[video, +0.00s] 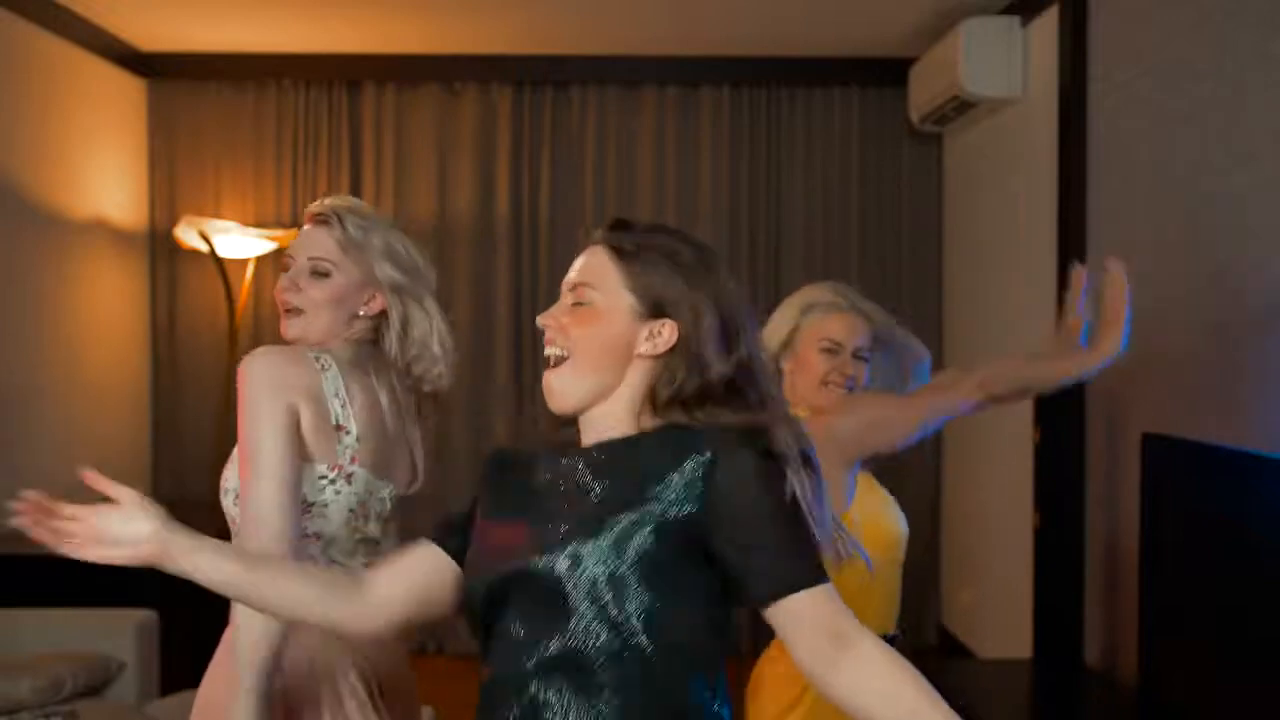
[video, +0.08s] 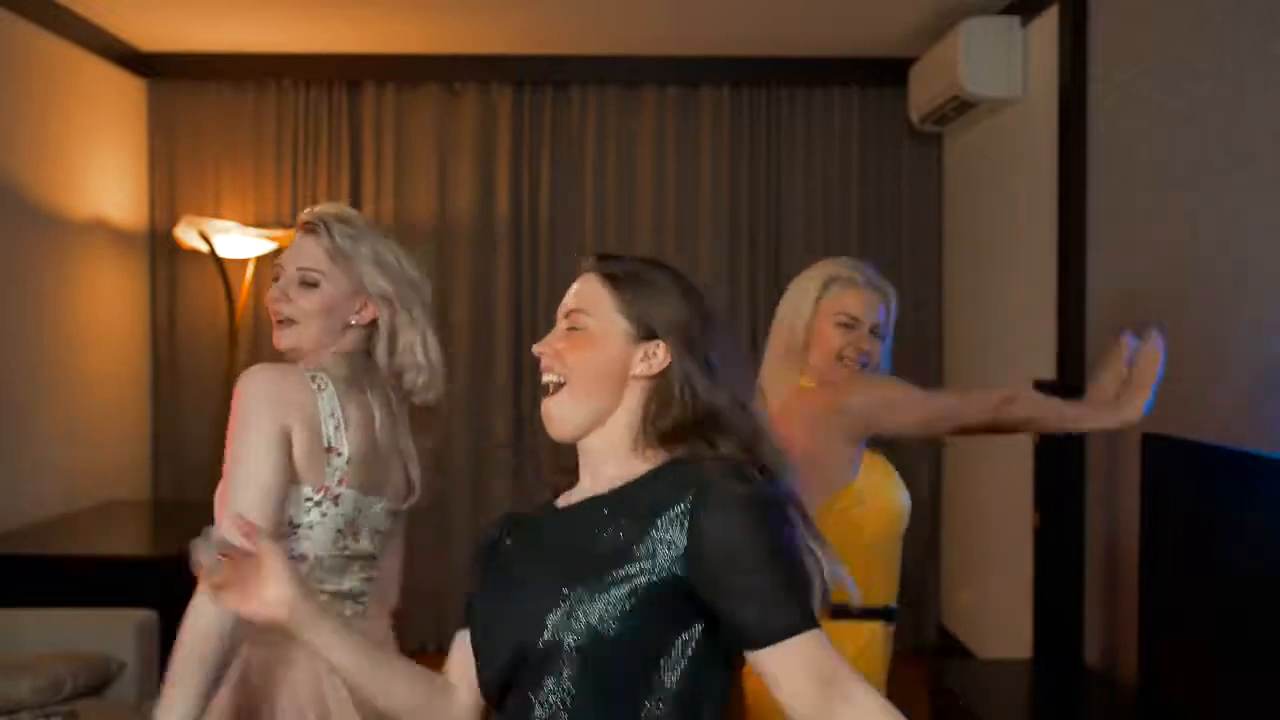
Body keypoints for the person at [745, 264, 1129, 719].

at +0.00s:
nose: (847, 369)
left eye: (860, 358)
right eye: (829, 350)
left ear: (870, 370)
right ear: (783, 357)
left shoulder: (826, 439)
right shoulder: (817, 437)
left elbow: (956, 394)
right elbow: (970, 389)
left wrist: (1060, 355)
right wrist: (1094, 358)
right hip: (810, 684)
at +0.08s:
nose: (864, 345)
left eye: (875, 333)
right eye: (845, 325)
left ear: (883, 345)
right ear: (802, 327)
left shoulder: (799, 407)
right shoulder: (825, 409)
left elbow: (957, 414)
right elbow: (980, 412)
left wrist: (1080, 405)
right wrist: (1111, 414)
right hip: (823, 675)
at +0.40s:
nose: (925, 322)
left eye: (938, 306)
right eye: (909, 299)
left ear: (948, 313)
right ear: (861, 301)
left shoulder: (823, 377)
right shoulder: (906, 387)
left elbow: (816, 285)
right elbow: (994, 507)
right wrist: (1072, 598)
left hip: (813, 627)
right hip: (882, 640)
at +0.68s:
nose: (959, 307)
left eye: (971, 292)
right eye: (941, 283)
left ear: (981, 302)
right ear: (898, 279)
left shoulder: (846, 367)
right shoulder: (926, 378)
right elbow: (988, 513)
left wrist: (1033, 598)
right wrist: (1047, 610)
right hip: (849, 656)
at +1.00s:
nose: (964, 304)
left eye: (979, 293)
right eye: (950, 280)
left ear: (987, 304)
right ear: (907, 273)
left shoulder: (864, 367)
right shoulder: (918, 372)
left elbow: (989, 493)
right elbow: (1018, 474)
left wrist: (1087, 537)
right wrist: (1113, 536)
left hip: (813, 627)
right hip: (833, 642)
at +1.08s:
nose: (965, 306)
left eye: (980, 294)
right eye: (951, 281)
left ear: (988, 305)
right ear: (909, 274)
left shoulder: (864, 366)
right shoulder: (909, 374)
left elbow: (981, 483)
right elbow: (1034, 472)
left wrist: (1105, 496)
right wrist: (1125, 494)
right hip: (838, 641)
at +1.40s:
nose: (982, 299)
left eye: (982, 282)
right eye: (977, 283)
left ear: (885, 276)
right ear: (952, 299)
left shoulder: (843, 369)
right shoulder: (926, 416)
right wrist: (1060, 402)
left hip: (796, 627)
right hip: (848, 658)